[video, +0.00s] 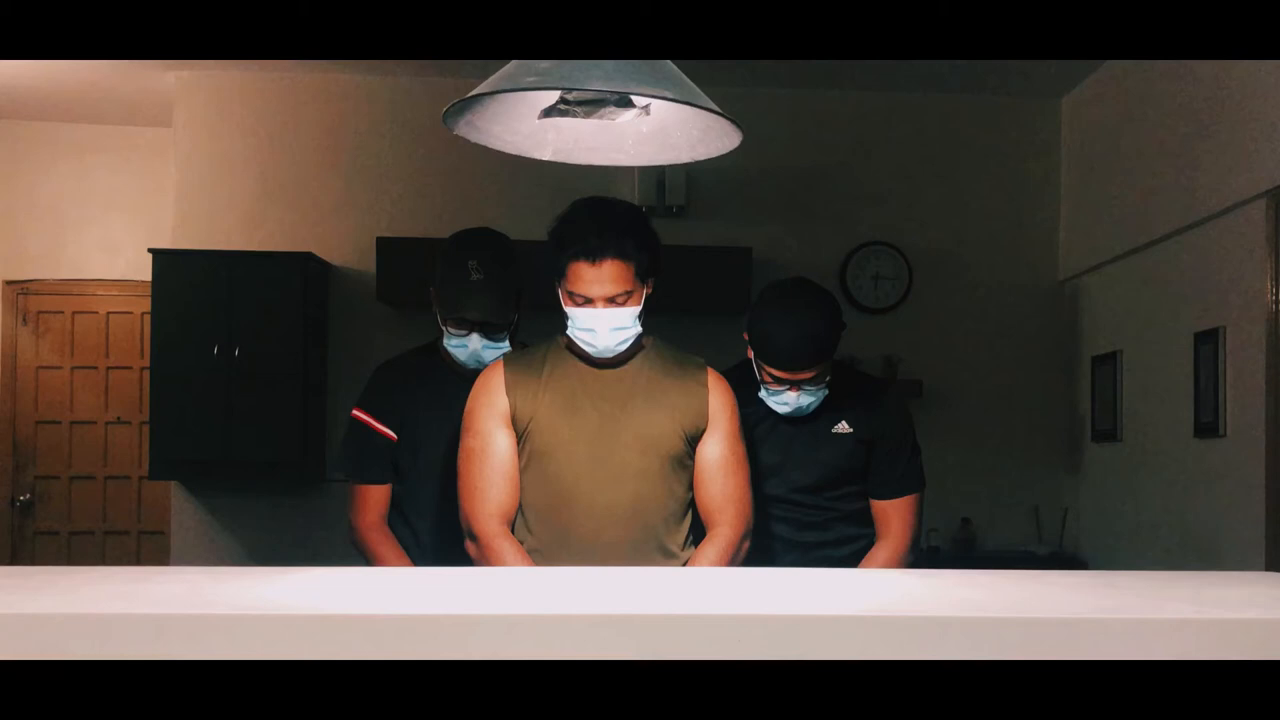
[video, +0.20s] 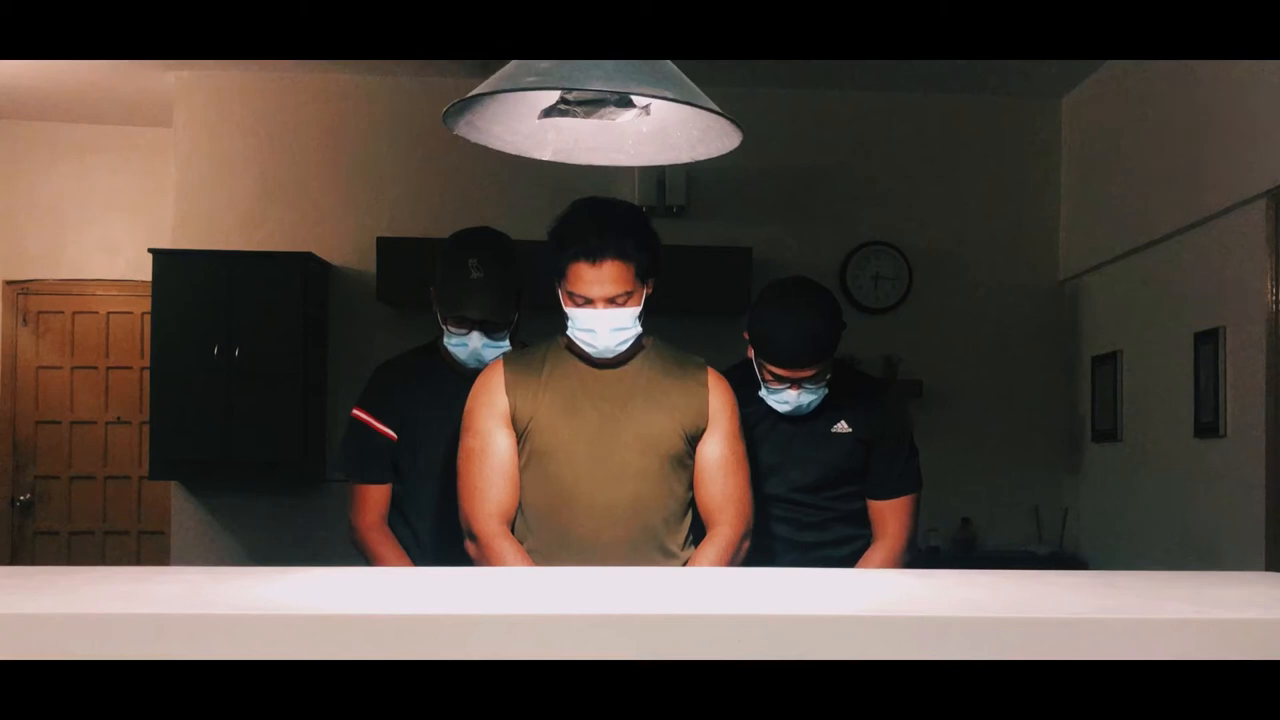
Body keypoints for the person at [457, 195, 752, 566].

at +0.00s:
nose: (600, 319)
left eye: (618, 300)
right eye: (581, 301)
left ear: (646, 291)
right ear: (560, 292)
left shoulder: (703, 390)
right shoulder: (504, 385)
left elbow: (729, 531)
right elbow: (487, 531)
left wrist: (671, 614)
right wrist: (551, 613)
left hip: (664, 611)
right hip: (542, 611)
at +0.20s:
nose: (600, 320)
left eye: (618, 300)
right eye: (582, 301)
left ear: (646, 291)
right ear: (560, 293)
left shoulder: (703, 390)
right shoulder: (504, 384)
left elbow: (729, 529)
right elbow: (485, 531)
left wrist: (671, 612)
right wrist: (551, 612)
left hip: (664, 611)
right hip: (542, 612)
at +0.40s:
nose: (601, 319)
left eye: (619, 300)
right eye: (583, 301)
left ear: (646, 290)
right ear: (561, 292)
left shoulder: (704, 390)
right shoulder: (504, 384)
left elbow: (730, 529)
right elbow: (486, 531)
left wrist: (672, 613)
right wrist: (550, 612)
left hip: (664, 611)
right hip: (542, 611)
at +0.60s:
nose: (603, 316)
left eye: (621, 297)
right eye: (584, 297)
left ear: (648, 290)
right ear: (562, 290)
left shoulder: (705, 390)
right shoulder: (505, 383)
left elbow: (731, 530)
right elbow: (486, 530)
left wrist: (671, 613)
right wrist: (551, 612)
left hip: (665, 611)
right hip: (542, 612)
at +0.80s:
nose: (603, 314)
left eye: (621, 295)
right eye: (585, 295)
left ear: (648, 289)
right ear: (563, 289)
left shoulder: (705, 391)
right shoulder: (506, 383)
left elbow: (731, 532)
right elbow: (486, 530)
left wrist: (670, 613)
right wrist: (552, 611)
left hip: (665, 611)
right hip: (542, 611)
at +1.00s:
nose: (603, 312)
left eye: (621, 294)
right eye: (584, 294)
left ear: (648, 288)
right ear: (563, 288)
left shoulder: (705, 391)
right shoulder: (506, 383)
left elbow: (731, 532)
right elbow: (486, 530)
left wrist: (670, 612)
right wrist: (552, 611)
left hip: (665, 610)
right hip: (542, 610)